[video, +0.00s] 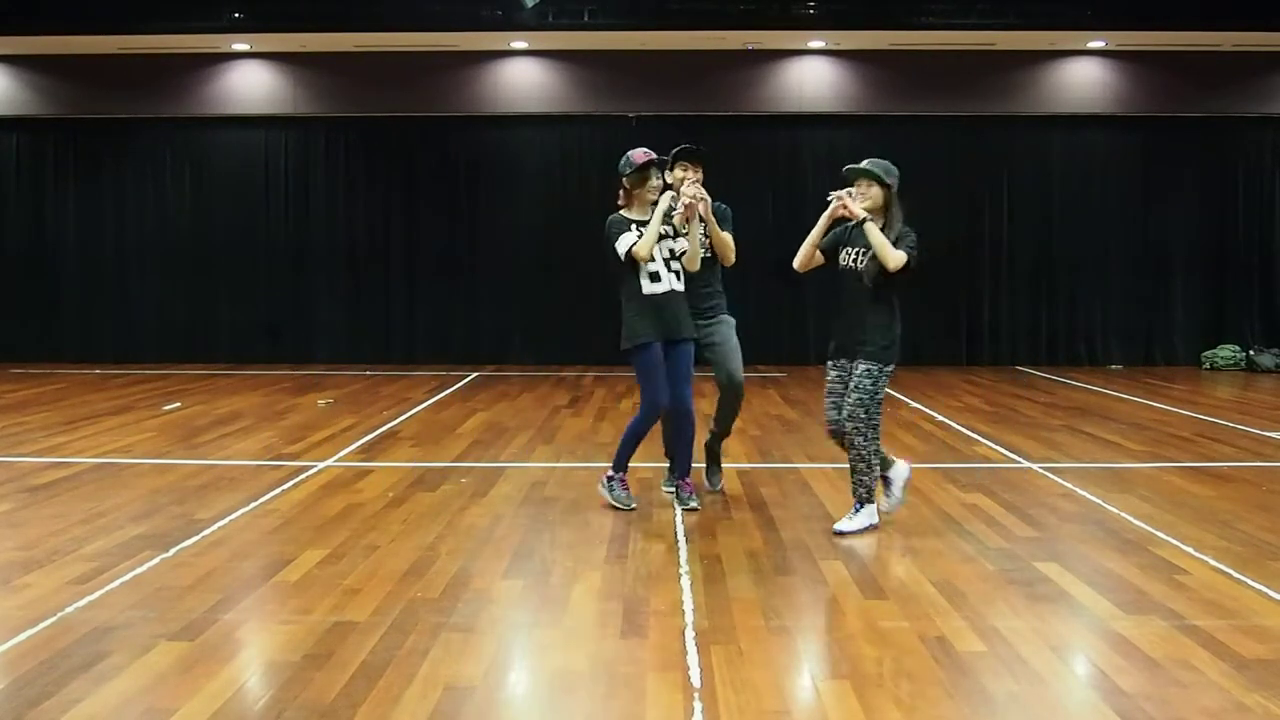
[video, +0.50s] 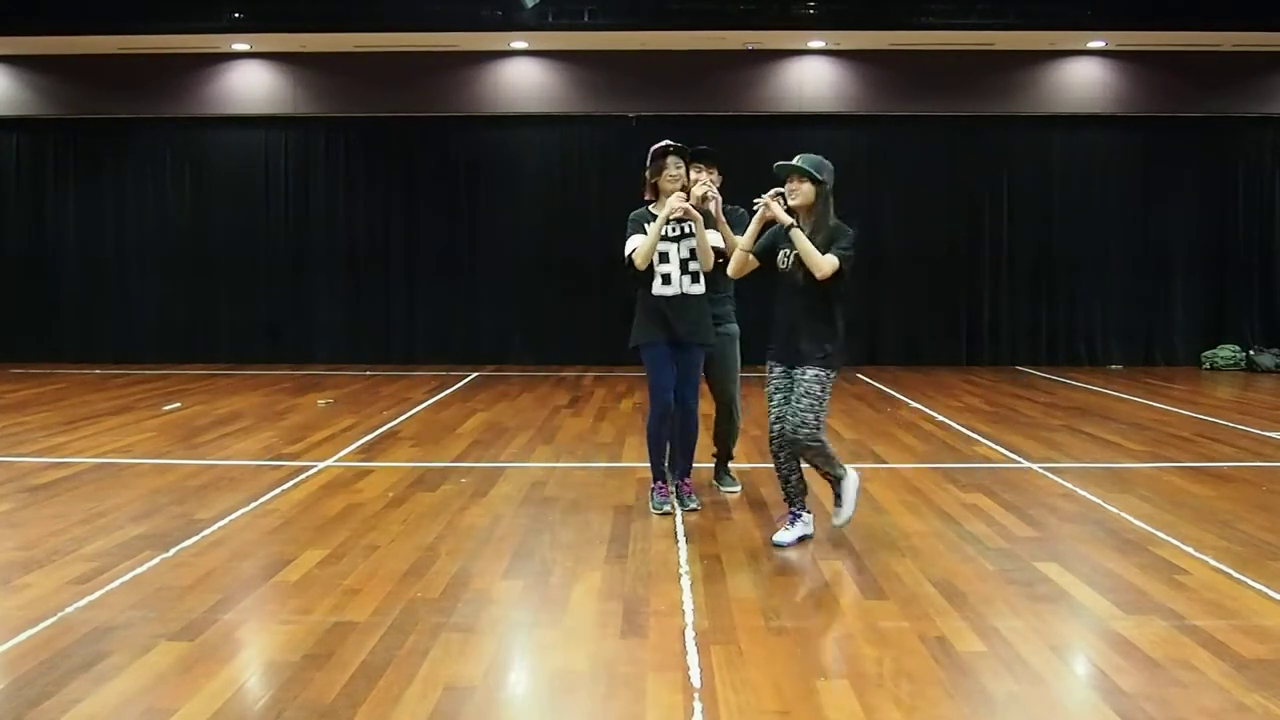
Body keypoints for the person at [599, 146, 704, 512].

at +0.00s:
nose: (654, 184)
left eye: (657, 178)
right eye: (645, 179)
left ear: (662, 181)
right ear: (628, 185)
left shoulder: (670, 218)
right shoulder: (617, 222)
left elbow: (693, 264)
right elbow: (641, 253)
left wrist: (695, 220)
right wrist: (660, 211)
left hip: (679, 321)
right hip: (644, 324)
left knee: (683, 405)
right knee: (654, 404)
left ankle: (681, 479)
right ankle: (615, 475)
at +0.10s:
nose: (664, 187)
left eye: (667, 181)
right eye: (656, 182)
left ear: (673, 183)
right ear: (638, 186)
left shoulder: (684, 220)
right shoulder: (625, 221)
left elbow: (697, 266)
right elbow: (632, 253)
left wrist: (697, 219)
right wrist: (658, 214)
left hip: (686, 317)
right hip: (648, 318)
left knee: (687, 406)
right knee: (668, 401)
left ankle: (681, 479)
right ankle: (635, 461)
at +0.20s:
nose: (670, 187)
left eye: (673, 181)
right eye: (661, 182)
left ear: (680, 183)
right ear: (645, 187)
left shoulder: (692, 218)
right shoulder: (633, 220)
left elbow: (705, 260)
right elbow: (630, 253)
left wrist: (698, 214)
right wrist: (655, 213)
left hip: (689, 315)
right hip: (650, 316)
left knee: (688, 403)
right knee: (670, 398)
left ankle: (681, 479)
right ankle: (648, 463)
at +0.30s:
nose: (673, 179)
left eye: (677, 172)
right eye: (665, 173)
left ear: (685, 177)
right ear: (650, 180)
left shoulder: (700, 212)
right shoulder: (638, 215)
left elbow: (712, 250)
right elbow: (633, 250)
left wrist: (697, 205)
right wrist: (655, 208)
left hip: (691, 315)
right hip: (651, 315)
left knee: (687, 402)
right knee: (666, 397)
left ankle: (683, 480)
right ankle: (656, 474)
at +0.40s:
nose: (675, 176)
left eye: (680, 170)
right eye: (667, 171)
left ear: (687, 175)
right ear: (653, 178)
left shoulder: (701, 213)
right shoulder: (640, 216)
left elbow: (712, 253)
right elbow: (635, 254)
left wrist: (695, 209)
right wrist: (657, 212)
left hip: (693, 320)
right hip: (654, 319)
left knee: (688, 402)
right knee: (664, 399)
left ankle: (683, 480)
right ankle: (659, 482)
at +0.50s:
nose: (676, 177)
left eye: (680, 170)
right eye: (668, 172)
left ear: (687, 175)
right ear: (654, 179)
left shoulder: (698, 218)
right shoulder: (641, 218)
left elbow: (708, 264)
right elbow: (640, 261)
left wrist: (698, 221)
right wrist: (662, 217)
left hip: (694, 321)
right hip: (655, 321)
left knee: (688, 402)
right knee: (663, 400)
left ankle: (683, 479)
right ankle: (659, 481)